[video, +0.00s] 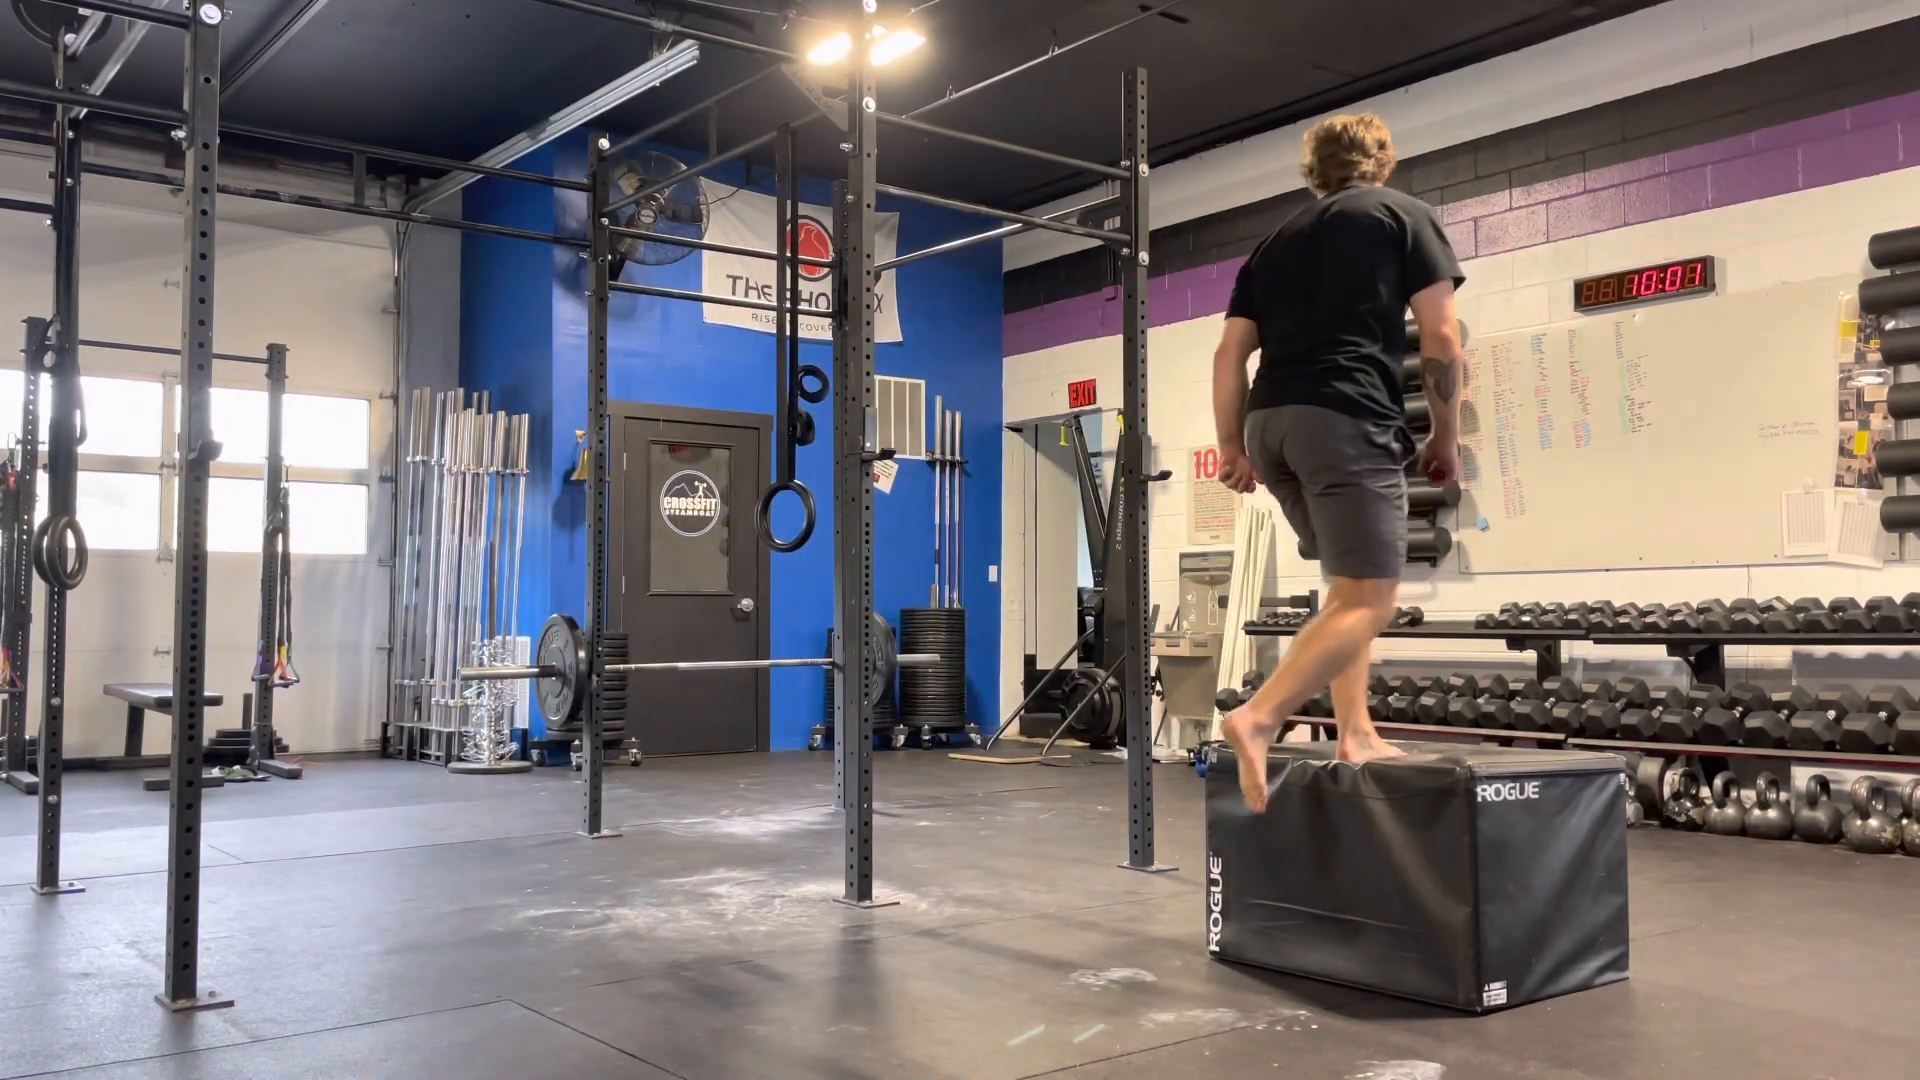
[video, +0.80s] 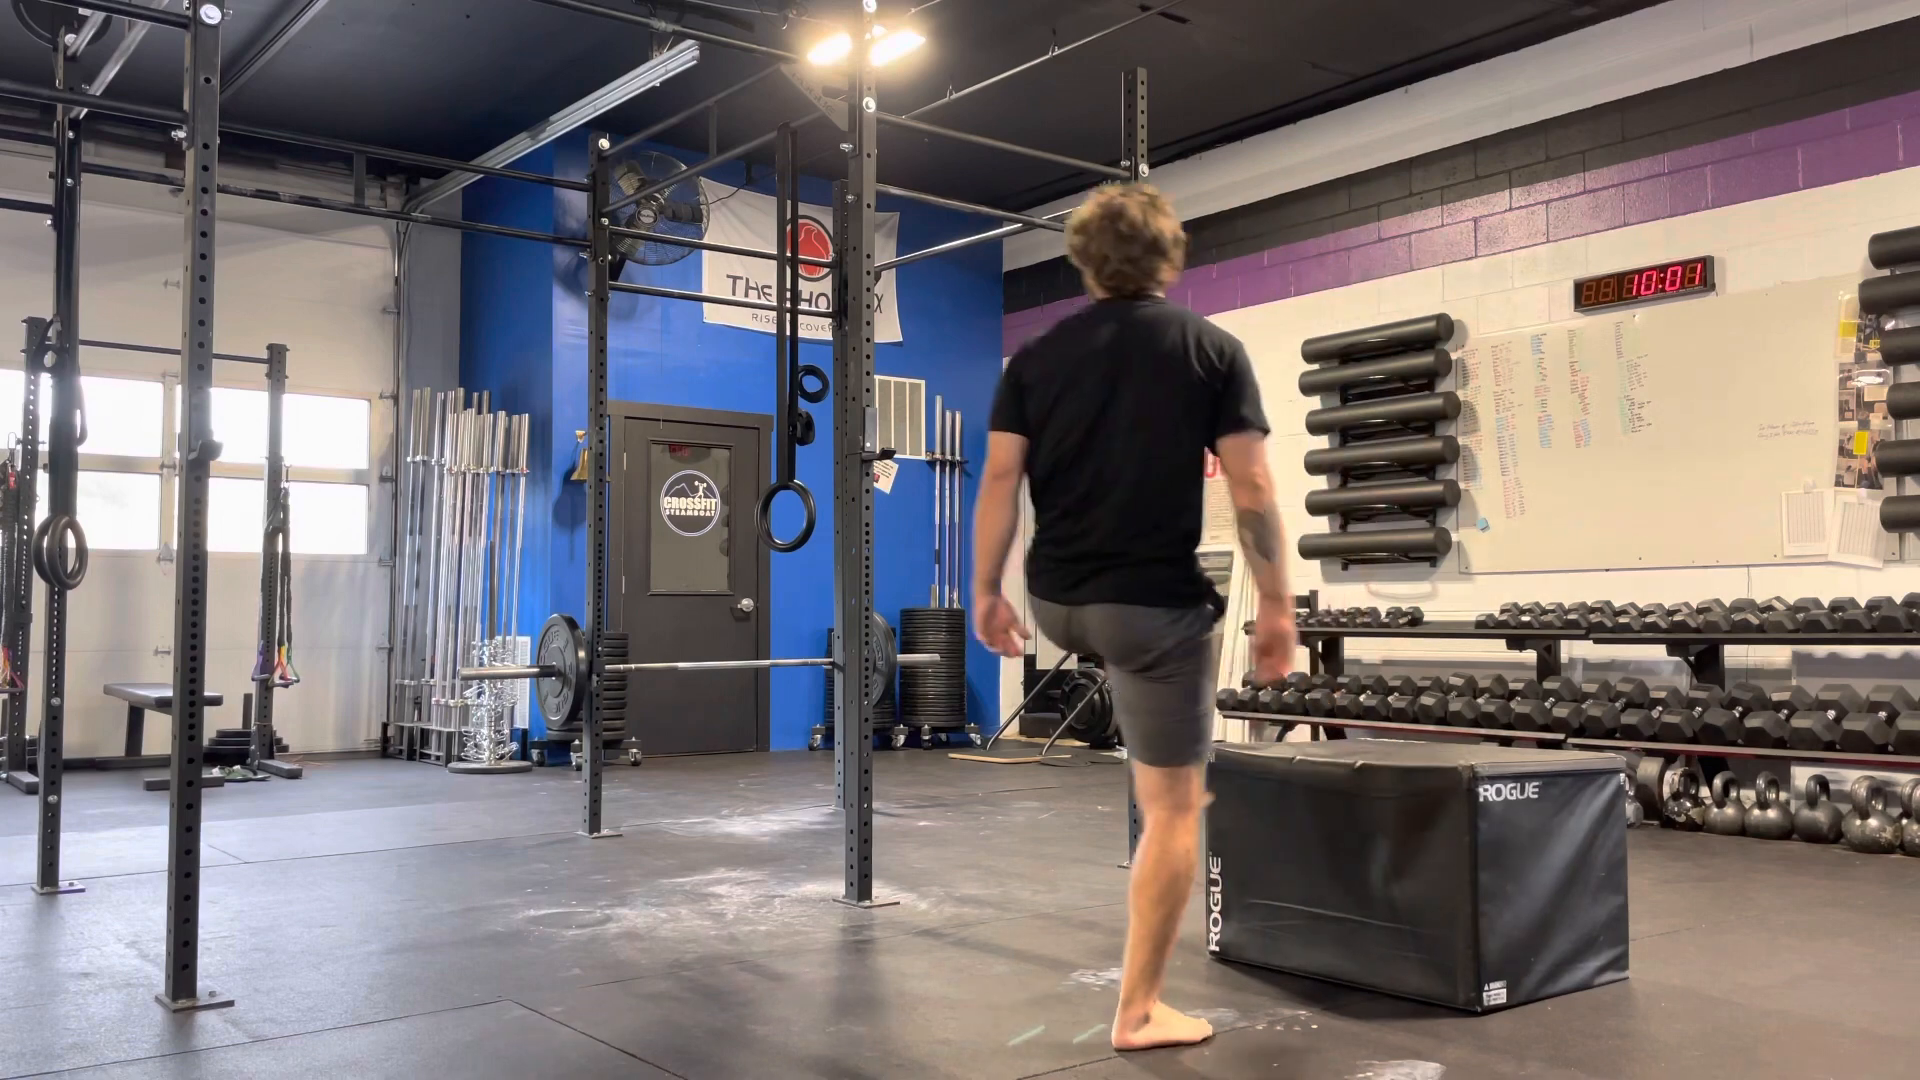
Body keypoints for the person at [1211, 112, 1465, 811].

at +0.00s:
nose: (1394, 173)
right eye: (1391, 164)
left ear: (1313, 173)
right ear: (1384, 167)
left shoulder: (1276, 240)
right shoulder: (1405, 215)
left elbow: (1231, 350)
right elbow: (1441, 339)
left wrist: (1231, 442)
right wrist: (1445, 438)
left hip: (1266, 419)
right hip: (1343, 415)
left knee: (1345, 581)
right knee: (1369, 597)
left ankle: (1356, 738)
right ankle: (1254, 719)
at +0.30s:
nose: (1361, 219)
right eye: (1358, 209)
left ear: (1278, 219)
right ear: (1352, 214)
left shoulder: (1240, 279)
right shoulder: (1378, 264)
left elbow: (1184, 397)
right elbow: (1418, 402)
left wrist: (1217, 472)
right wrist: (1405, 489)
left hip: (1207, 464)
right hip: (1286, 465)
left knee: (1322, 550)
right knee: (1279, 668)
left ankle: (1349, 730)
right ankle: (1209, 837)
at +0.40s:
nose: (1339, 247)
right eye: (1336, 237)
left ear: (1253, 248)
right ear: (1330, 243)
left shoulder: (1214, 311)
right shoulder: (1356, 299)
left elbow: (1150, 424)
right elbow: (1405, 435)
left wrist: (1185, 478)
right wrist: (1392, 512)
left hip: (1183, 507)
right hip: (1265, 516)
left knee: (1309, 558)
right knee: (1246, 720)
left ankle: (1347, 728)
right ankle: (1194, 904)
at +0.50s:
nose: (1307, 282)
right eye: (1303, 272)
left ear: (1219, 281)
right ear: (1296, 279)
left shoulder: (1176, 354)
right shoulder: (1321, 347)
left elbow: (1112, 464)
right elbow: (1387, 482)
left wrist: (1156, 531)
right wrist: (1375, 548)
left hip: (1150, 570)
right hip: (1234, 584)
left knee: (1292, 577)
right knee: (1229, 791)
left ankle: (1348, 729)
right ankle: (1161, 979)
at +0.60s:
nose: (1268, 306)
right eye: (1263, 295)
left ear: (1176, 308)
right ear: (1256, 304)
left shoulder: (1125, 391)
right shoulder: (1274, 384)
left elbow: (1068, 507)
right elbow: (1351, 518)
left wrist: (1092, 589)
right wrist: (1361, 583)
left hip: (1126, 628)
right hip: (1213, 632)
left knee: (1249, 578)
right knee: (1216, 839)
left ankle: (1335, 725)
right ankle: (1139, 1013)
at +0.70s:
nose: (1225, 288)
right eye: (1220, 277)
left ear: (1129, 290)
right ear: (1213, 285)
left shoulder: (1077, 381)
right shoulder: (1240, 375)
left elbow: (1038, 501)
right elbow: (1301, 517)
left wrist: (1037, 608)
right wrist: (1328, 607)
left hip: (1094, 619)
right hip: (1186, 627)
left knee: (1220, 620)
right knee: (1197, 829)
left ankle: (1293, 727)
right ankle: (1138, 1011)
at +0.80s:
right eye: (1171, 249)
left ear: (1083, 266)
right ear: (1171, 260)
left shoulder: (1035, 360)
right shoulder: (1207, 348)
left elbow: (999, 477)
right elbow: (1252, 493)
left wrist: (986, 586)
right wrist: (1275, 608)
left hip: (1060, 601)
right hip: (1159, 608)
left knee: (1153, 687)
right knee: (1171, 810)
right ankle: (1138, 1008)